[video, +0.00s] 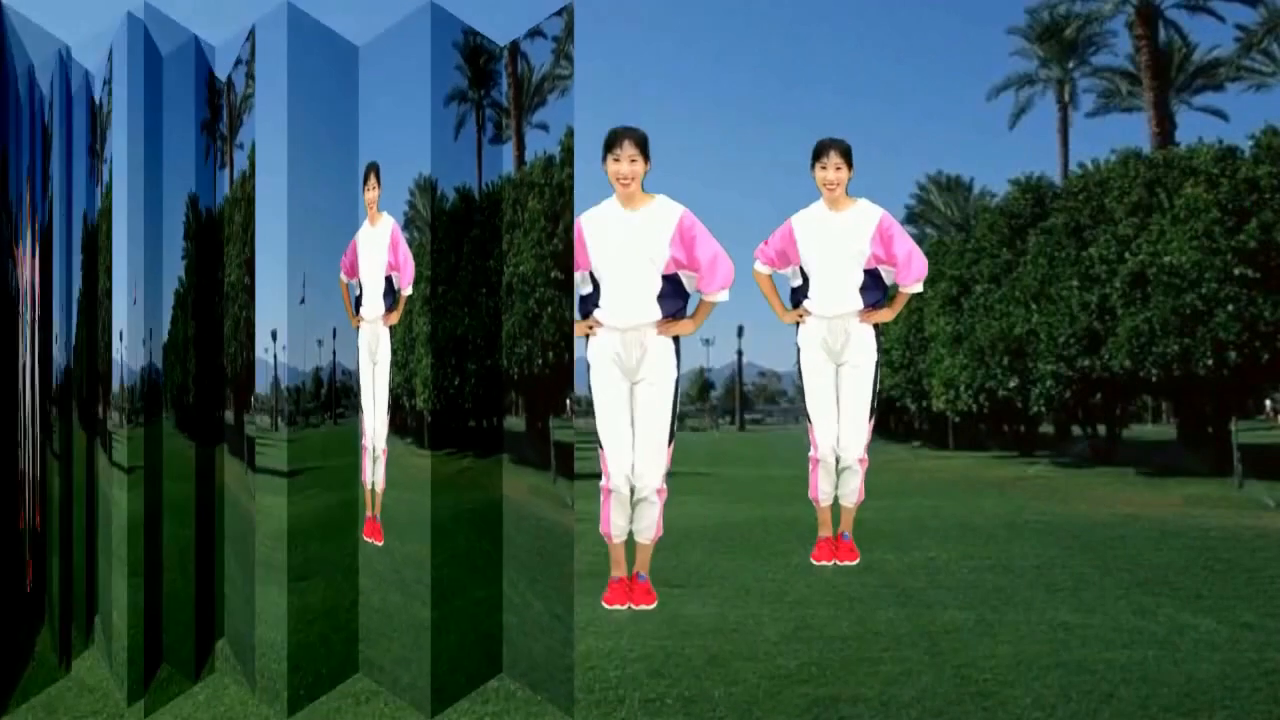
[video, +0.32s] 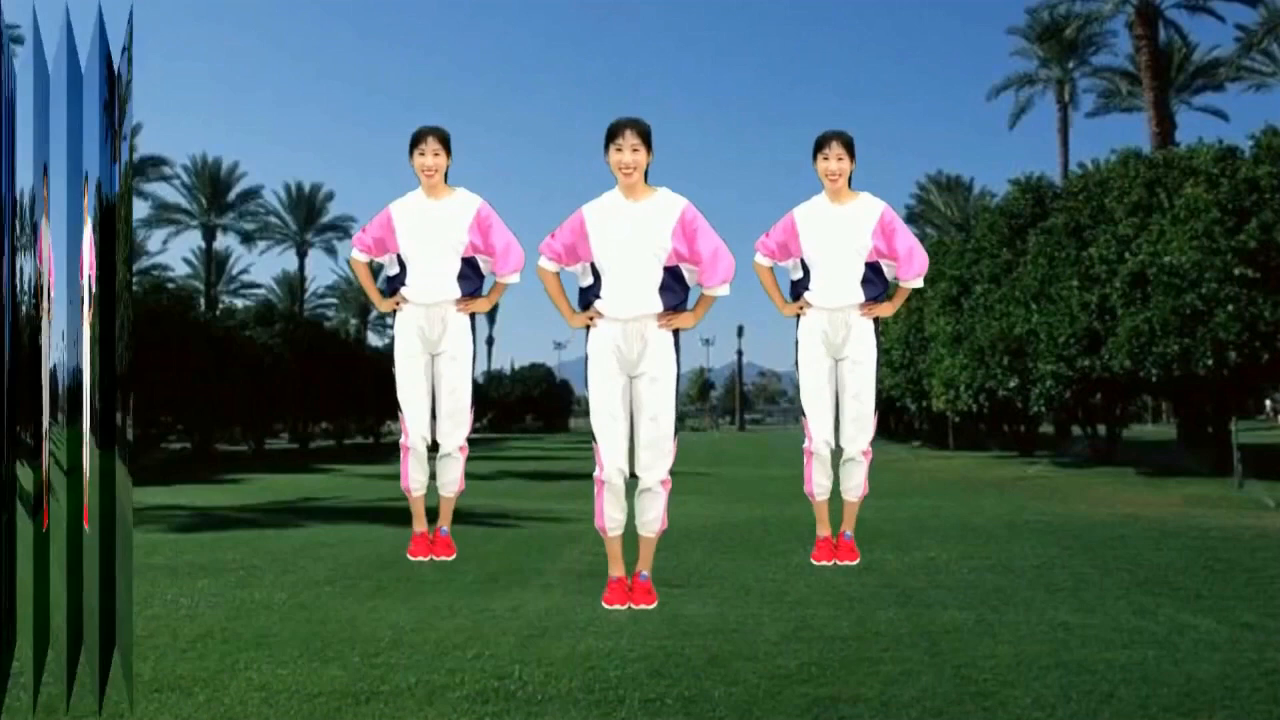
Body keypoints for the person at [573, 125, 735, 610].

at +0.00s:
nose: (625, 168)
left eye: (633, 159)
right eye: (616, 159)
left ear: (646, 165)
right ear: (605, 166)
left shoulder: (672, 216)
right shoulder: (587, 225)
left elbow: (720, 269)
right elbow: (562, 278)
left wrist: (694, 321)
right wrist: (573, 320)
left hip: (657, 347)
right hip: (606, 348)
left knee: (651, 468)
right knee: (616, 466)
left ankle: (641, 574)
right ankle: (617, 574)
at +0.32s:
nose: (627, 157)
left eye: (635, 148)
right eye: (618, 149)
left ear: (649, 155)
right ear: (607, 157)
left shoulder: (674, 208)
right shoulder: (593, 213)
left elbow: (720, 263)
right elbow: (547, 261)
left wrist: (694, 315)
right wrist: (571, 314)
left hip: (657, 339)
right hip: (606, 339)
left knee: (653, 457)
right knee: (612, 457)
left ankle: (643, 572)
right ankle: (616, 573)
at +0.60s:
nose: (632, 166)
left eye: (640, 158)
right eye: (623, 158)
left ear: (653, 168)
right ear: (612, 168)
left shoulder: (674, 223)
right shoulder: (594, 225)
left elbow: (723, 278)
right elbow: (547, 273)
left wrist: (694, 328)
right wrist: (571, 328)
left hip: (659, 350)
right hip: (608, 349)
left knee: (653, 467)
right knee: (618, 467)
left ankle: (643, 573)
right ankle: (618, 573)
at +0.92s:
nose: (631, 157)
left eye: (638, 150)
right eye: (621, 149)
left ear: (649, 161)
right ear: (606, 161)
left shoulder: (674, 213)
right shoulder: (589, 218)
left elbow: (718, 265)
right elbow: (543, 266)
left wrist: (694, 318)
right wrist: (577, 302)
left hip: (658, 343)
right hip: (607, 344)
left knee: (650, 463)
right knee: (613, 463)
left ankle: (640, 572)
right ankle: (612, 575)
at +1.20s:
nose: (632, 160)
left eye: (638, 152)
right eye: (622, 152)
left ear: (647, 161)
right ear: (604, 160)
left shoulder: (671, 205)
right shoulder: (591, 216)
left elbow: (720, 256)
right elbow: (555, 268)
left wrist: (703, 310)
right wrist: (586, 213)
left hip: (667, 338)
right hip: (617, 342)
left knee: (673, 458)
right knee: (619, 461)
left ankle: (682, 532)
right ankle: (611, 575)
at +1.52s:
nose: (648, 187)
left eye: (654, 180)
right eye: (639, 179)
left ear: (663, 186)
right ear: (621, 187)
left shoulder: (692, 228)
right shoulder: (614, 239)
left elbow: (746, 269)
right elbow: (621, 269)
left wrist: (732, 325)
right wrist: (620, 209)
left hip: (702, 363)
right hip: (650, 368)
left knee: (709, 485)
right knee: (646, 483)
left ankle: (733, 566)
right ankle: (615, 577)